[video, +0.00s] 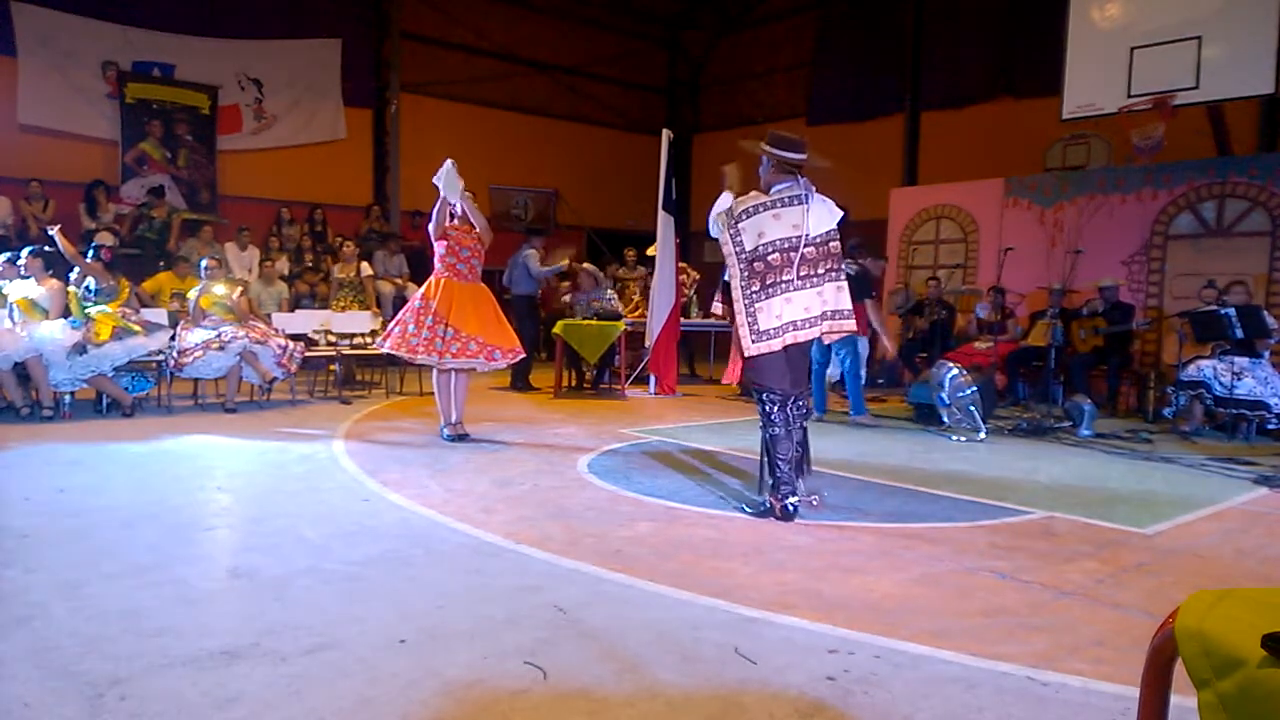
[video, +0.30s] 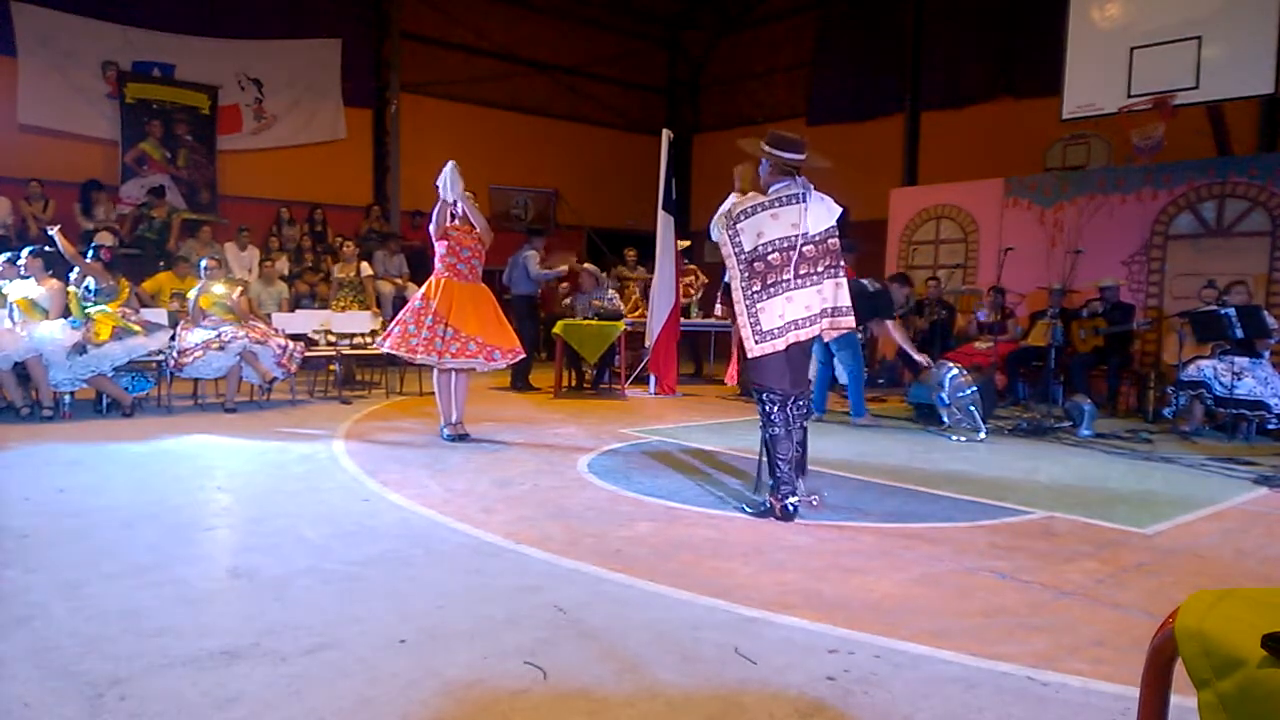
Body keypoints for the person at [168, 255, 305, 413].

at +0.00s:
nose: (209, 273)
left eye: (213, 269)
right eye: (205, 269)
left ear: (222, 270)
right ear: (201, 272)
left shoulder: (235, 289)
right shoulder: (196, 293)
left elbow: (245, 317)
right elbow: (196, 321)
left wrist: (233, 304)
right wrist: (199, 297)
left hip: (233, 327)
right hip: (208, 329)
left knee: (236, 358)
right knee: (239, 342)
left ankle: (230, 400)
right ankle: (265, 375)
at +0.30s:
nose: (208, 273)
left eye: (212, 269)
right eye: (205, 269)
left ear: (222, 270)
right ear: (201, 272)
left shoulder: (235, 289)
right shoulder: (196, 293)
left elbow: (246, 316)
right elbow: (196, 321)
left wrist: (233, 304)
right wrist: (197, 295)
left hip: (233, 327)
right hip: (208, 329)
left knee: (236, 358)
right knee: (239, 342)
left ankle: (229, 400)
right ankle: (265, 375)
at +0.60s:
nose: (207, 273)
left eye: (211, 268)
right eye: (204, 269)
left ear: (221, 269)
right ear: (200, 272)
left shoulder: (235, 288)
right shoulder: (196, 292)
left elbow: (246, 314)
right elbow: (194, 319)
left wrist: (232, 302)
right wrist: (195, 294)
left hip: (232, 326)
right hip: (208, 328)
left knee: (236, 357)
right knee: (239, 342)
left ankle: (230, 400)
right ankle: (265, 375)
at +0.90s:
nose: (206, 273)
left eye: (211, 269)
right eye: (203, 269)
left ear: (220, 269)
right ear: (199, 272)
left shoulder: (235, 289)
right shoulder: (198, 293)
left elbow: (246, 314)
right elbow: (192, 319)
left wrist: (230, 300)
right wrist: (193, 293)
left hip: (232, 327)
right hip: (207, 329)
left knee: (236, 358)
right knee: (238, 342)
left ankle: (229, 400)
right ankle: (264, 374)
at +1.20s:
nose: (207, 273)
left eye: (211, 269)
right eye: (203, 270)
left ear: (221, 269)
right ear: (199, 273)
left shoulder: (235, 288)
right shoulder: (198, 293)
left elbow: (246, 313)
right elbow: (191, 319)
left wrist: (229, 300)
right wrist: (191, 293)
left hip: (233, 327)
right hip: (207, 329)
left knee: (236, 357)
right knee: (238, 341)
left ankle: (229, 400)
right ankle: (264, 375)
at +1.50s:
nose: (205, 273)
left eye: (210, 269)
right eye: (202, 270)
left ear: (220, 270)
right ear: (198, 273)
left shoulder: (234, 288)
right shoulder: (196, 292)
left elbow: (245, 313)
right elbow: (191, 319)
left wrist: (227, 299)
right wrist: (189, 293)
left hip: (233, 327)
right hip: (207, 329)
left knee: (236, 357)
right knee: (238, 341)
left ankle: (229, 400)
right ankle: (264, 374)